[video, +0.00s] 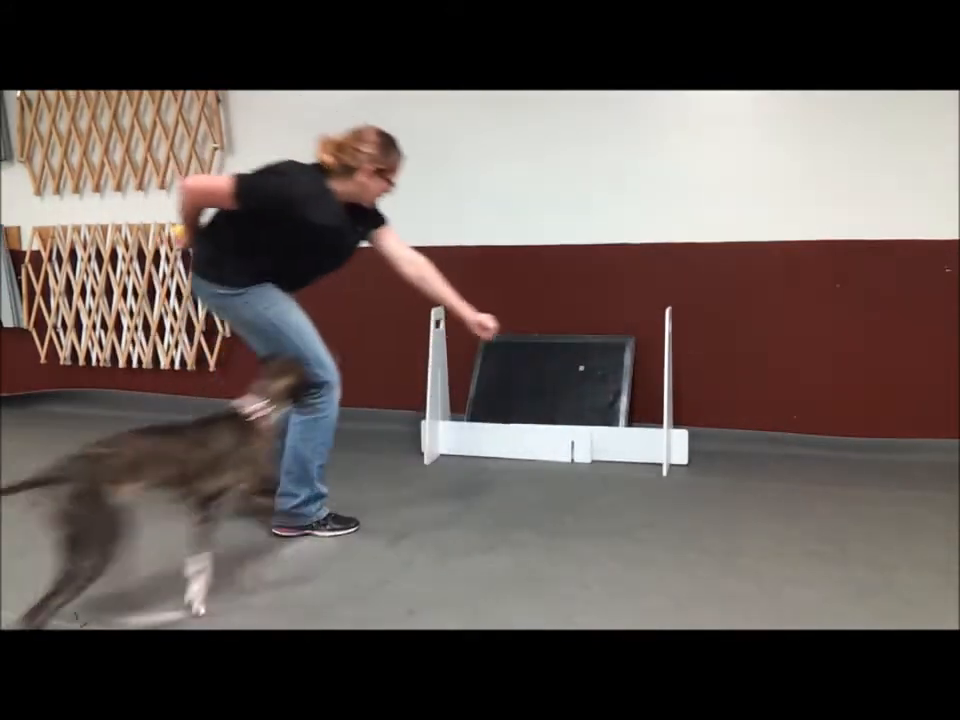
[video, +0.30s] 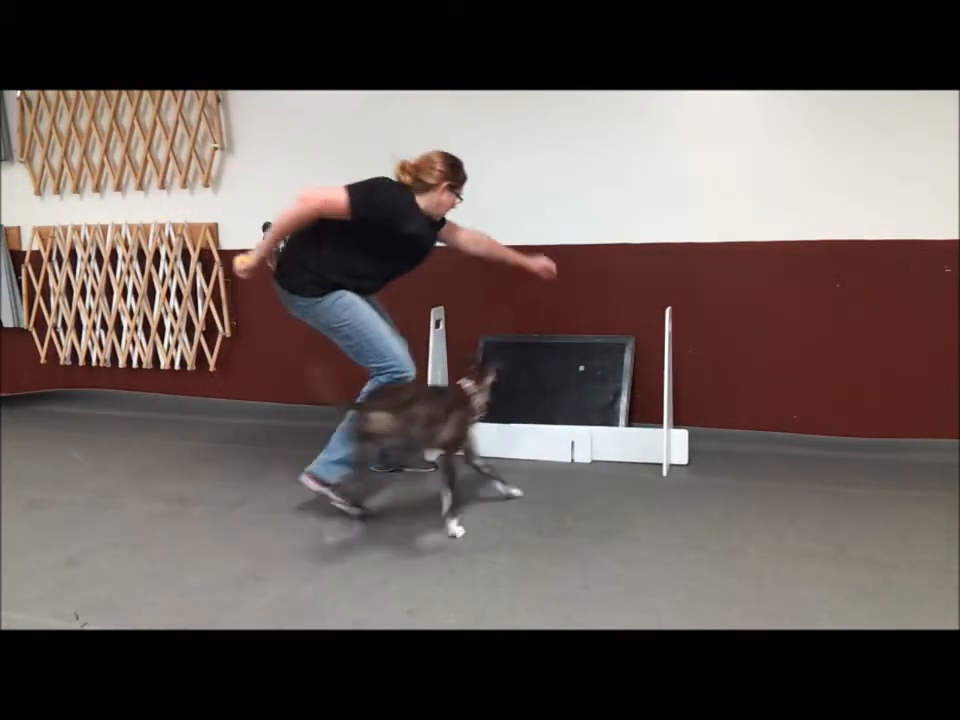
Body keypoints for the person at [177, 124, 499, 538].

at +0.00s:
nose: (389, 187)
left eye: (392, 180)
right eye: (385, 177)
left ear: (366, 173)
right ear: (362, 170)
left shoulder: (361, 215)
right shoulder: (294, 184)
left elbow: (411, 264)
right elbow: (193, 189)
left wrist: (469, 314)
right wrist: (190, 235)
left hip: (256, 282)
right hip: (230, 280)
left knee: (294, 376)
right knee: (321, 382)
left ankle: (261, 478)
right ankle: (298, 511)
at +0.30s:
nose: (455, 205)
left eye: (457, 198)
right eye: (455, 196)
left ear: (439, 189)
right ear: (440, 187)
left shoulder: (429, 223)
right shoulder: (388, 197)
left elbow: (471, 241)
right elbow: (311, 202)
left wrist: (524, 261)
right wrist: (262, 251)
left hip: (346, 286)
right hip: (313, 285)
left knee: (400, 361)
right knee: (394, 369)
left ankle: (389, 452)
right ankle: (327, 472)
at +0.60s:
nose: (477, 202)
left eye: (479, 195)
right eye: (477, 193)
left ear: (457, 185)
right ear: (462, 187)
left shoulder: (429, 208)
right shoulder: (417, 197)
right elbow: (346, 228)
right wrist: (366, 302)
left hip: (352, 273)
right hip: (328, 275)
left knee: (394, 354)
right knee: (409, 355)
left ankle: (387, 451)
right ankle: (398, 455)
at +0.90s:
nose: (469, 240)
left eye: (472, 233)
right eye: (469, 232)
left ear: (448, 223)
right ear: (451, 225)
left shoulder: (428, 247)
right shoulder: (391, 233)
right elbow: (360, 305)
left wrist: (413, 336)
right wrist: (415, 341)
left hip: (359, 275)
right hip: (306, 268)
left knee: (402, 356)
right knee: (324, 358)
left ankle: (389, 454)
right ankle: (337, 468)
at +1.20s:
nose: (354, 308)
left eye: (361, 299)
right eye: (344, 299)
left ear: (371, 291)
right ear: (318, 287)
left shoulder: (355, 279)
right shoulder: (281, 290)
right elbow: (298, 390)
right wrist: (313, 478)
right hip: (257, 307)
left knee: (385, 372)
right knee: (230, 394)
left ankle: (387, 452)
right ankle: (250, 519)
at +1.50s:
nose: (198, 272)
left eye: (208, 259)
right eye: (189, 262)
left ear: (236, 246)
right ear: (177, 256)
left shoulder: (281, 241)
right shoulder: (175, 282)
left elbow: (338, 245)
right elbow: (130, 357)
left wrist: (358, 283)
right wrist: (72, 421)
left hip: (312, 288)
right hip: (236, 312)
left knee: (330, 374)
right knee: (213, 397)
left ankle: (332, 450)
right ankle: (254, 516)